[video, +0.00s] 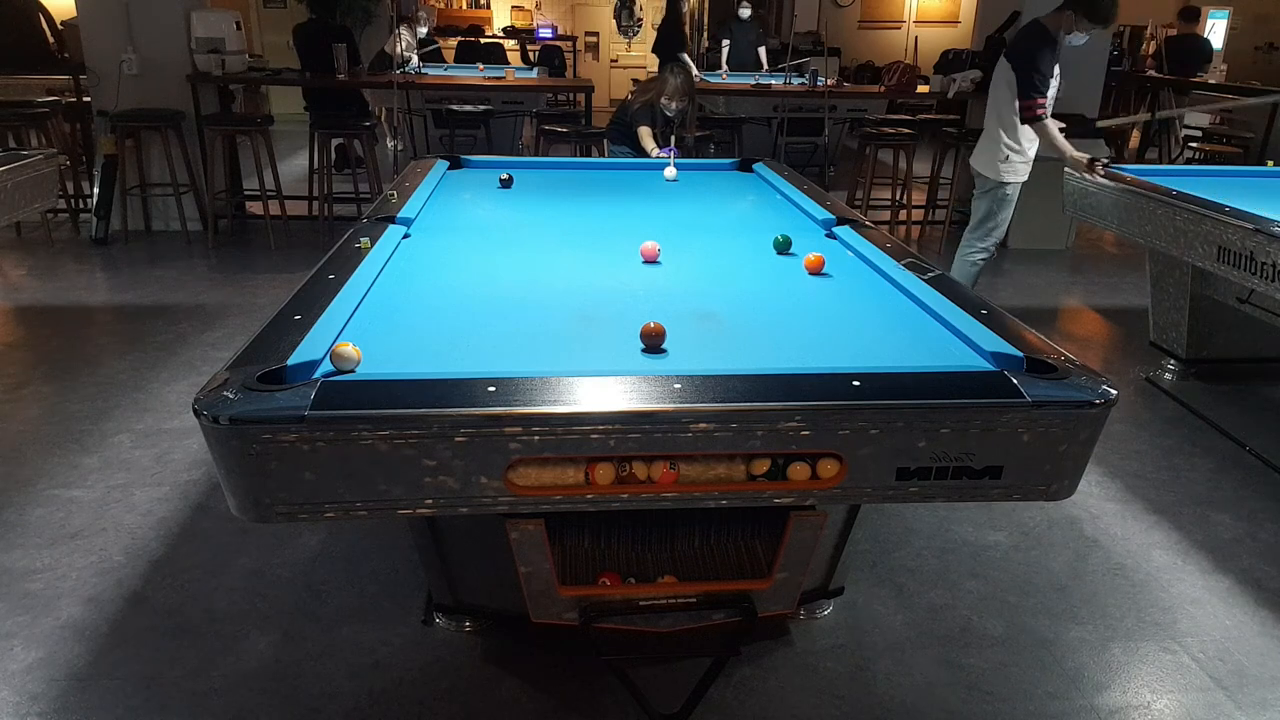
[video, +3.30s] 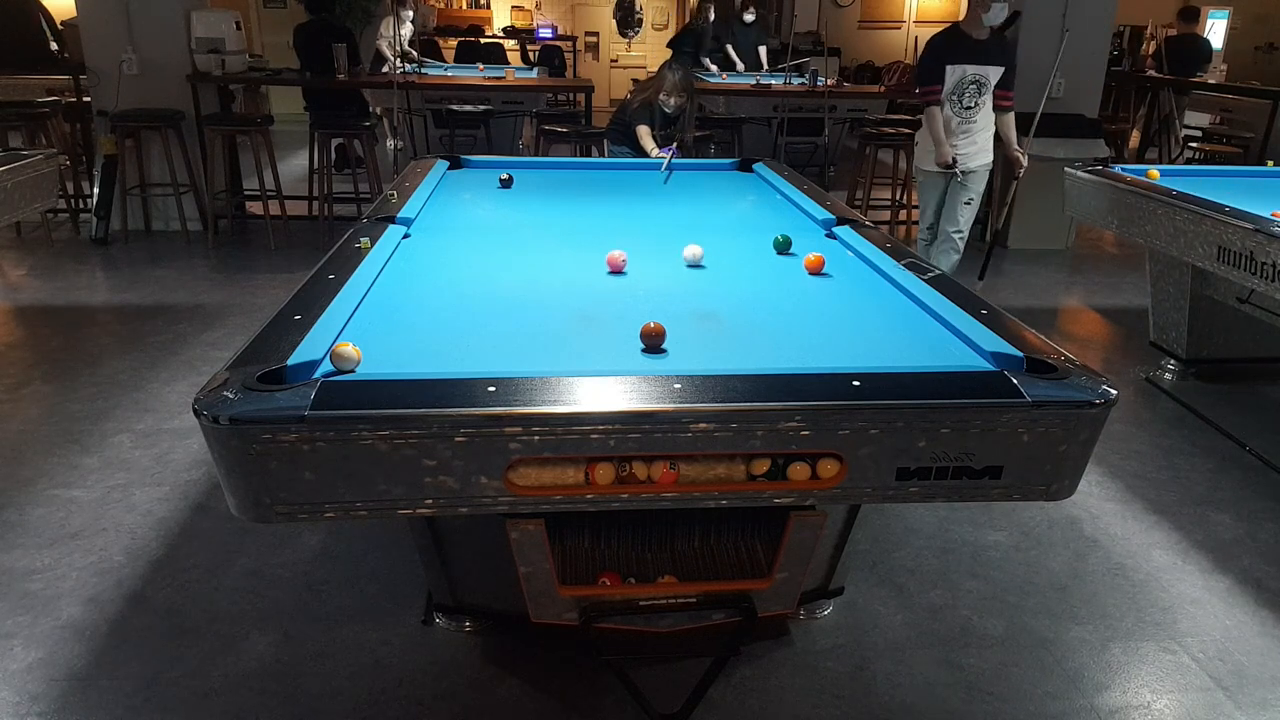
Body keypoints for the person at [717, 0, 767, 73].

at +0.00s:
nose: (744, 11)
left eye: (747, 9)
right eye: (741, 8)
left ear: (751, 11)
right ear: (737, 10)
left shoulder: (756, 26)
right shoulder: (730, 24)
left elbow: (761, 47)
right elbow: (725, 44)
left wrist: (765, 65)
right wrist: (723, 63)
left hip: (751, 67)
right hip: (734, 68)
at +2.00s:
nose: (740, 9)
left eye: (743, 6)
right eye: (738, 6)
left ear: (749, 10)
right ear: (735, 9)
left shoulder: (756, 25)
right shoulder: (729, 24)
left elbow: (761, 46)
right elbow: (725, 43)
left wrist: (765, 65)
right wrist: (723, 64)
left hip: (751, 67)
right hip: (733, 68)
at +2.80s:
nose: (746, 15)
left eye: (749, 12)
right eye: (744, 12)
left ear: (753, 12)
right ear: (739, 12)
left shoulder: (757, 26)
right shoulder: (732, 24)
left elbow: (761, 46)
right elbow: (726, 43)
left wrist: (765, 66)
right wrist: (724, 63)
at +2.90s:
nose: (748, 16)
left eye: (751, 13)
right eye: (745, 13)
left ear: (754, 13)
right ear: (739, 12)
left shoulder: (756, 25)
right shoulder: (732, 25)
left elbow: (761, 46)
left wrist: (765, 66)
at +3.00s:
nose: (749, 16)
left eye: (751, 13)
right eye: (746, 13)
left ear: (755, 13)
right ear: (741, 12)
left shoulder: (757, 25)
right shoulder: (732, 24)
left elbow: (761, 46)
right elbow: (725, 44)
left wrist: (765, 65)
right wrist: (724, 63)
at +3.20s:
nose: (750, 16)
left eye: (753, 14)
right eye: (747, 14)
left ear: (756, 14)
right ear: (741, 13)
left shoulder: (758, 26)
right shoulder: (732, 25)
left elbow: (761, 46)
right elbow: (726, 44)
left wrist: (765, 66)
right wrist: (730, 63)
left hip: (754, 69)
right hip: (736, 69)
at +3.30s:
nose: (750, 17)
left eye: (753, 14)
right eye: (747, 14)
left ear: (756, 14)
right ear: (742, 13)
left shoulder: (758, 26)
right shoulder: (733, 25)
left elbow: (762, 46)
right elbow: (727, 45)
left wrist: (765, 65)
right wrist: (738, 62)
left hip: (754, 69)